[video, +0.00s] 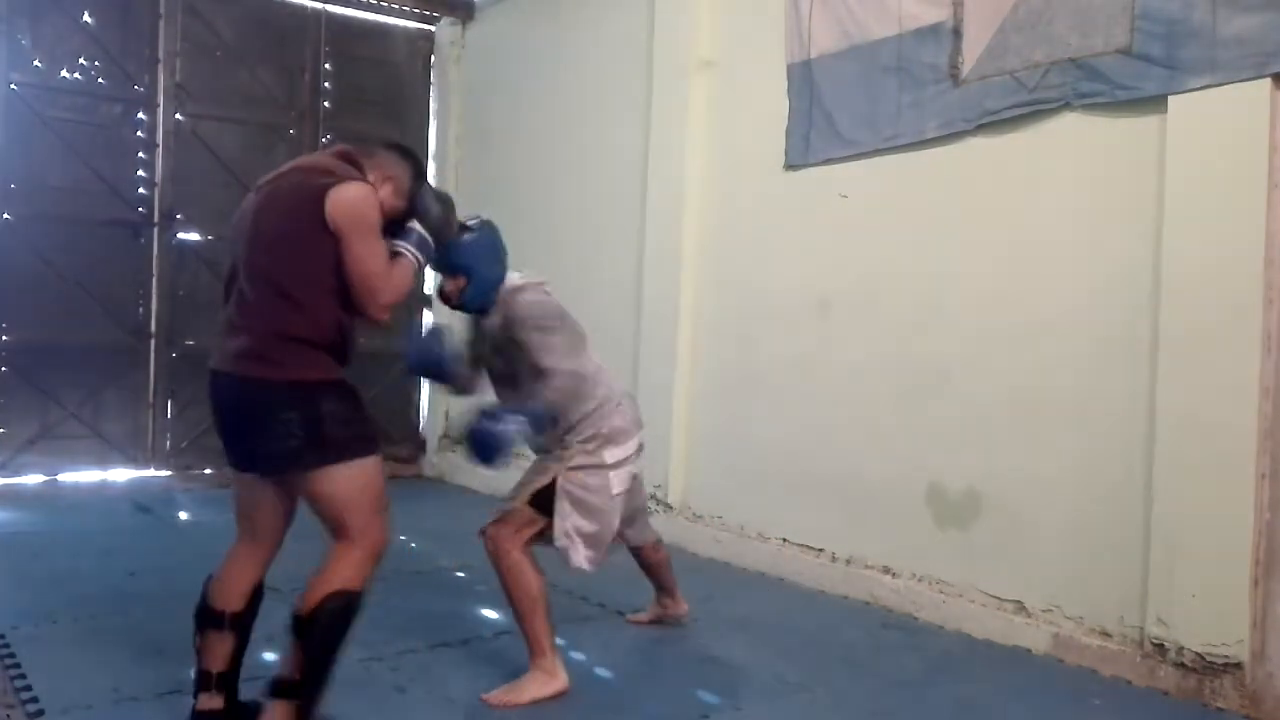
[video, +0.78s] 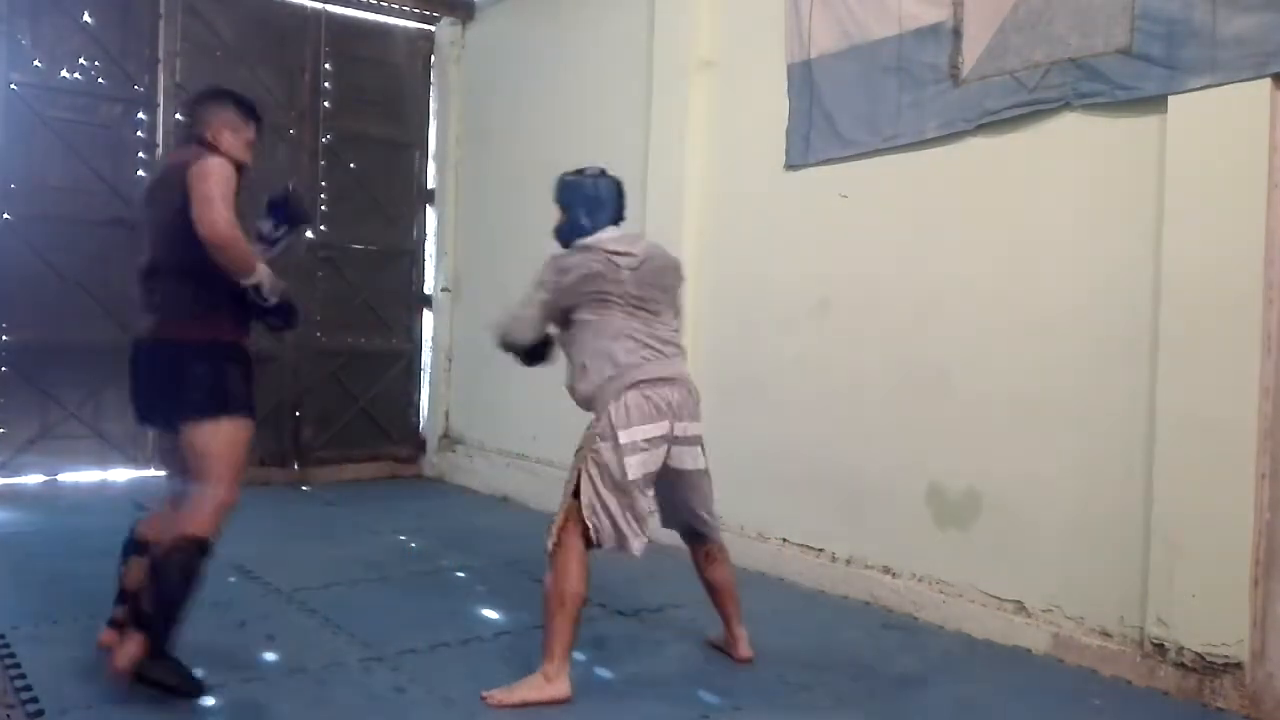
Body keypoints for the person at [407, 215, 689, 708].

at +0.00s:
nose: (442, 287)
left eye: (448, 277)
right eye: (442, 276)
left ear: (474, 276)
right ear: (478, 274)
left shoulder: (527, 307)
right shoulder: (489, 316)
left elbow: (570, 380)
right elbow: (481, 377)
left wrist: (517, 419)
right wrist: (444, 368)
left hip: (600, 440)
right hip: (592, 435)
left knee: (503, 537)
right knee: (633, 524)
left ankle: (546, 669)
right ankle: (671, 601)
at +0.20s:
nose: (447, 277)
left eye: (455, 264)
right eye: (447, 264)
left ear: (480, 262)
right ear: (495, 256)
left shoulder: (508, 301)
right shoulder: (538, 284)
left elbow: (506, 376)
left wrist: (427, 379)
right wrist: (475, 330)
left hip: (586, 439)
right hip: (616, 426)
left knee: (498, 541)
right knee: (637, 520)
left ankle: (545, 668)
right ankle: (690, 598)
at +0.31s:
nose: (477, 252)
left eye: (484, 238)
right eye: (475, 239)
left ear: (513, 234)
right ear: (505, 236)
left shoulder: (558, 279)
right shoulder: (520, 290)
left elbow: (592, 361)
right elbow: (491, 353)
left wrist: (524, 391)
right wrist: (454, 305)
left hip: (596, 431)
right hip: (586, 429)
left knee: (502, 535)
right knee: (642, 527)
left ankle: (543, 664)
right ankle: (706, 606)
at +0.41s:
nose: (498, 242)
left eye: (507, 231)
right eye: (497, 230)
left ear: (536, 231)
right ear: (530, 233)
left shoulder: (572, 269)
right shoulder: (527, 287)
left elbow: (603, 336)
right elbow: (484, 324)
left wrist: (536, 340)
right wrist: (444, 274)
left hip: (607, 426)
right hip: (609, 425)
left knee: (516, 541)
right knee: (646, 529)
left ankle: (549, 674)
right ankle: (710, 618)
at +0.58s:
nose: (515, 226)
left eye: (518, 218)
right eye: (516, 218)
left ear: (531, 219)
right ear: (578, 216)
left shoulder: (536, 258)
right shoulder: (613, 260)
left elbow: (461, 241)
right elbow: (584, 302)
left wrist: (394, 207)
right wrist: (523, 310)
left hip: (613, 415)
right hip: (664, 404)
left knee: (549, 541)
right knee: (676, 513)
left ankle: (552, 675)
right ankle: (710, 610)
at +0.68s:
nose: (533, 219)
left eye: (537, 210)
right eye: (534, 211)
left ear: (549, 214)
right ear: (597, 212)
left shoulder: (544, 259)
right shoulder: (637, 262)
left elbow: (478, 271)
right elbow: (647, 326)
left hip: (622, 410)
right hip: (674, 399)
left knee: (561, 535)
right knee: (688, 521)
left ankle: (553, 674)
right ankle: (723, 620)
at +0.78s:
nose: (555, 219)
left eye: (559, 210)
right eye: (557, 209)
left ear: (573, 215)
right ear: (616, 211)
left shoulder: (567, 266)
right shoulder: (662, 260)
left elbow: (517, 330)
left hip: (627, 412)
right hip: (681, 406)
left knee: (570, 534)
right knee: (701, 531)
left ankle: (553, 673)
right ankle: (738, 638)